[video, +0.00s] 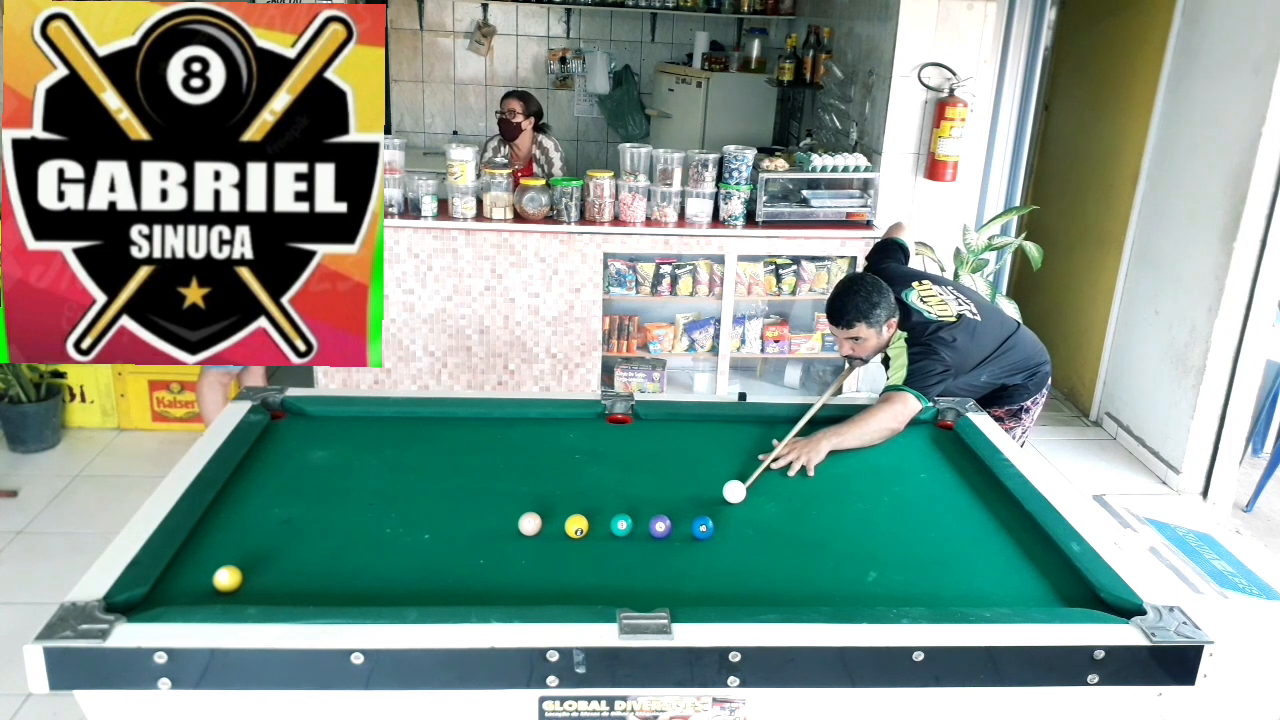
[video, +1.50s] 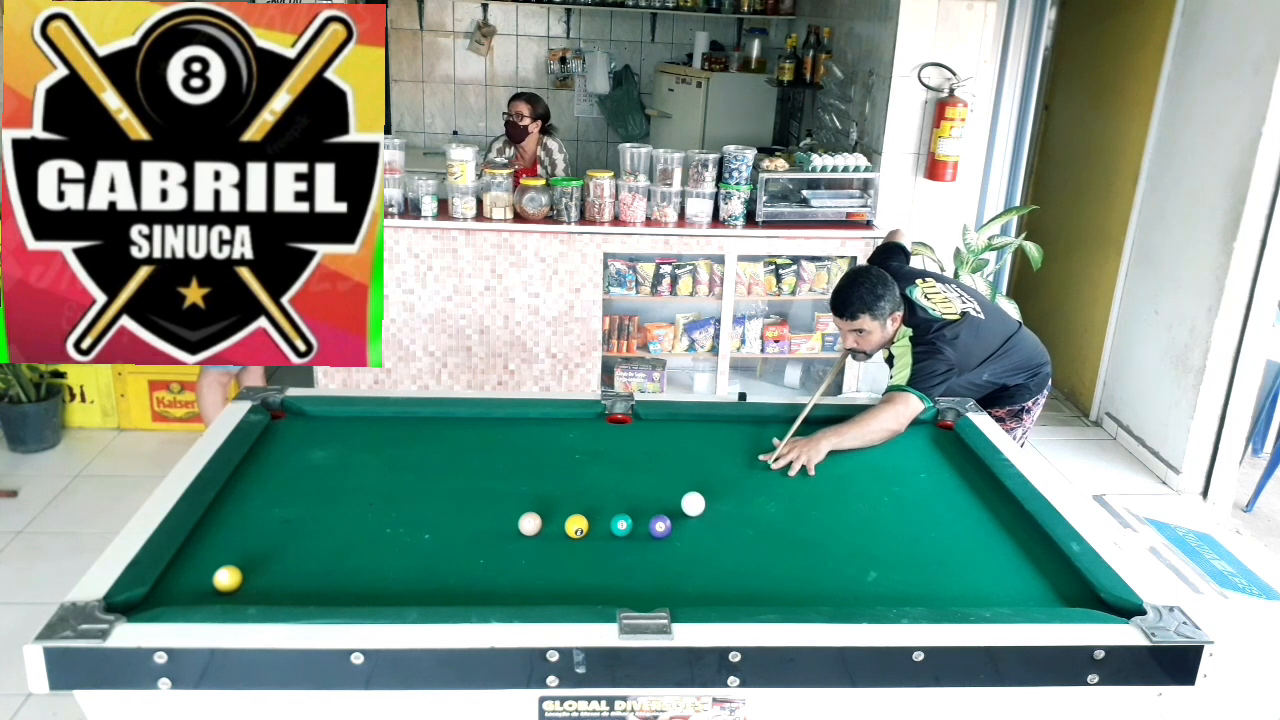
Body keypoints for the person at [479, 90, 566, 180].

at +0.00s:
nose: (503, 119)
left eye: (511, 114)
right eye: (501, 113)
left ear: (529, 122)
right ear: (498, 115)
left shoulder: (548, 147)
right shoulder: (493, 146)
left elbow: (559, 188)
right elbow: (484, 185)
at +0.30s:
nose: (509, 121)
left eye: (516, 116)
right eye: (507, 115)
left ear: (534, 125)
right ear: (504, 117)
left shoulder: (552, 147)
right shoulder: (497, 146)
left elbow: (564, 187)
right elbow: (484, 182)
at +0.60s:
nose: (510, 122)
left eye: (518, 117)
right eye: (509, 116)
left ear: (536, 126)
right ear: (506, 117)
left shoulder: (553, 147)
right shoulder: (498, 146)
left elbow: (564, 188)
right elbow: (485, 181)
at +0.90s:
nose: (512, 120)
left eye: (519, 115)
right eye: (510, 115)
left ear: (537, 125)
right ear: (506, 116)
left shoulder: (553, 147)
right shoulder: (499, 145)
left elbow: (564, 188)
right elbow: (485, 181)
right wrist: (507, 170)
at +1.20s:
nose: (511, 121)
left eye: (519, 116)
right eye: (509, 115)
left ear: (537, 125)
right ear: (506, 117)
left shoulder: (553, 147)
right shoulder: (499, 145)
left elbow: (564, 188)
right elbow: (484, 182)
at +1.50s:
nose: (510, 121)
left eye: (518, 116)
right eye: (509, 115)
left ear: (536, 126)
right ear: (505, 116)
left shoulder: (552, 147)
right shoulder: (499, 145)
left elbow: (564, 187)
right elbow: (484, 181)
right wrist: (506, 169)